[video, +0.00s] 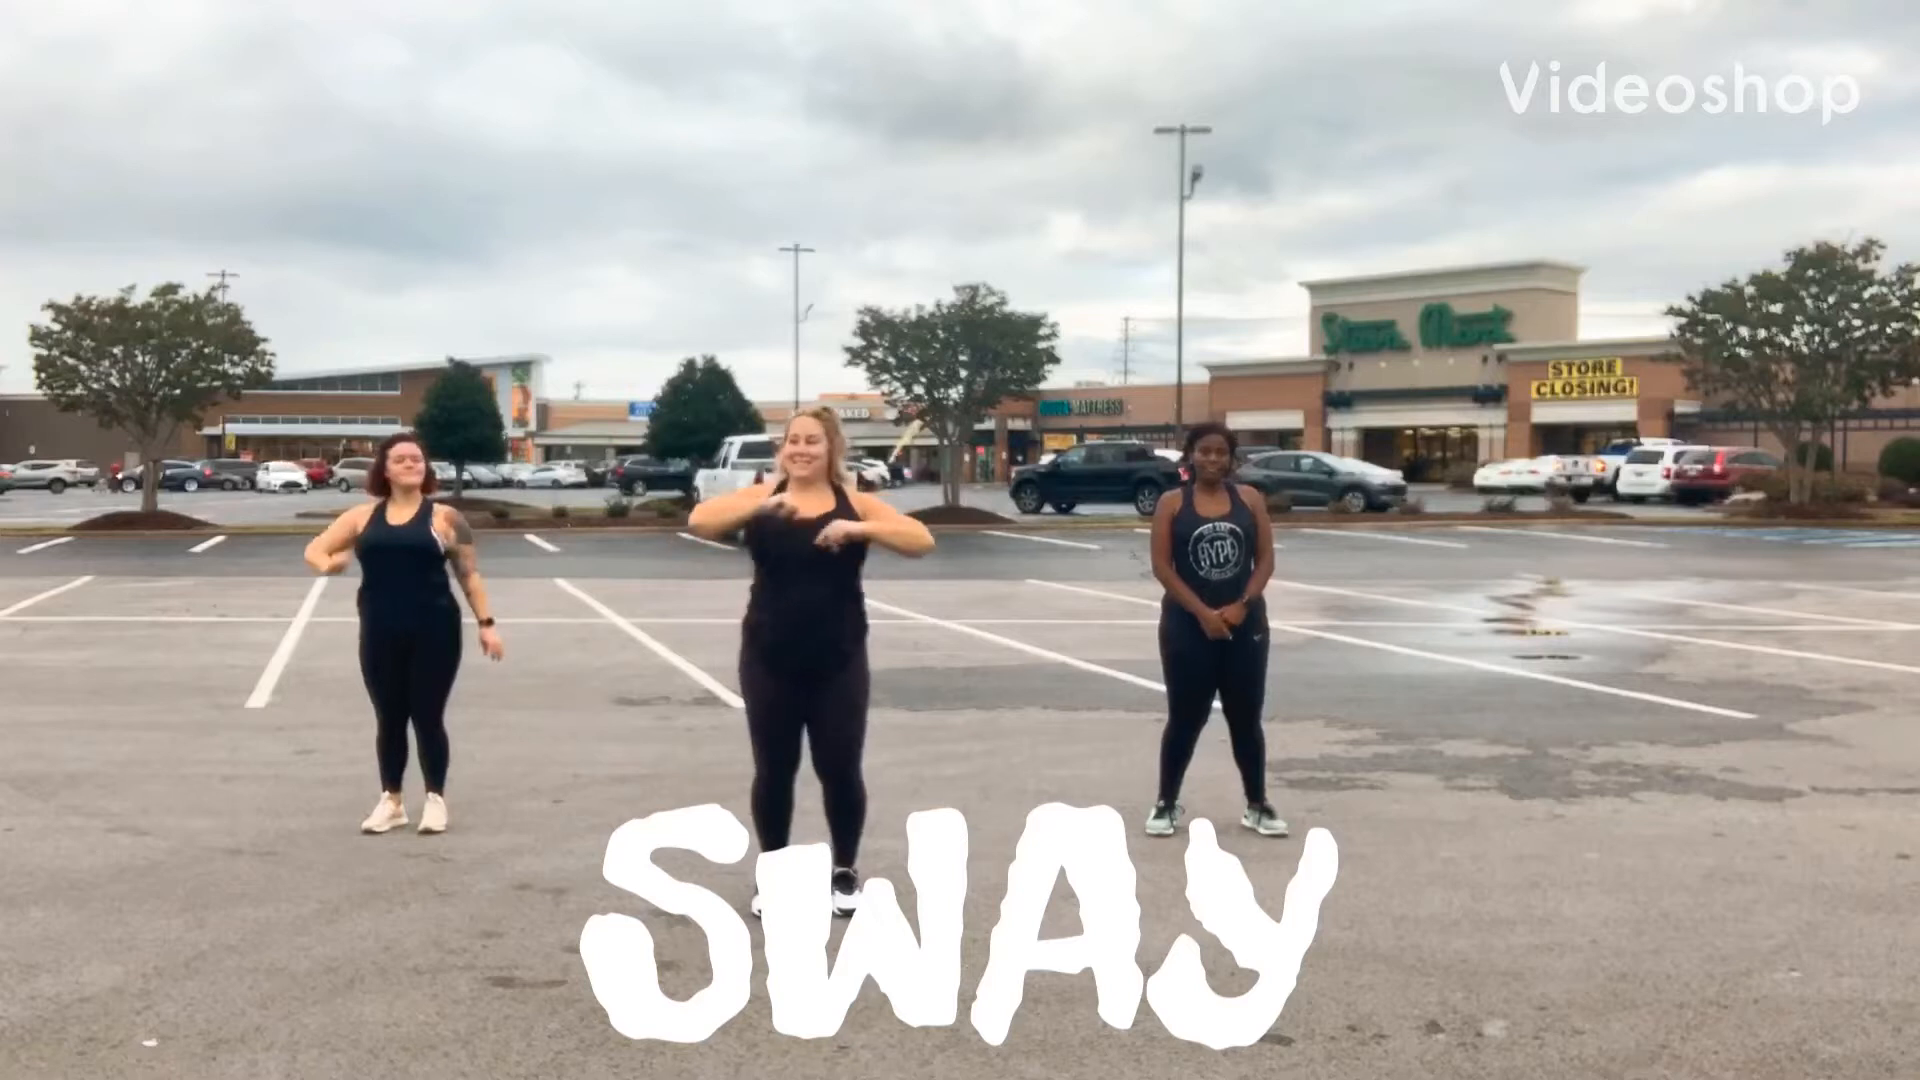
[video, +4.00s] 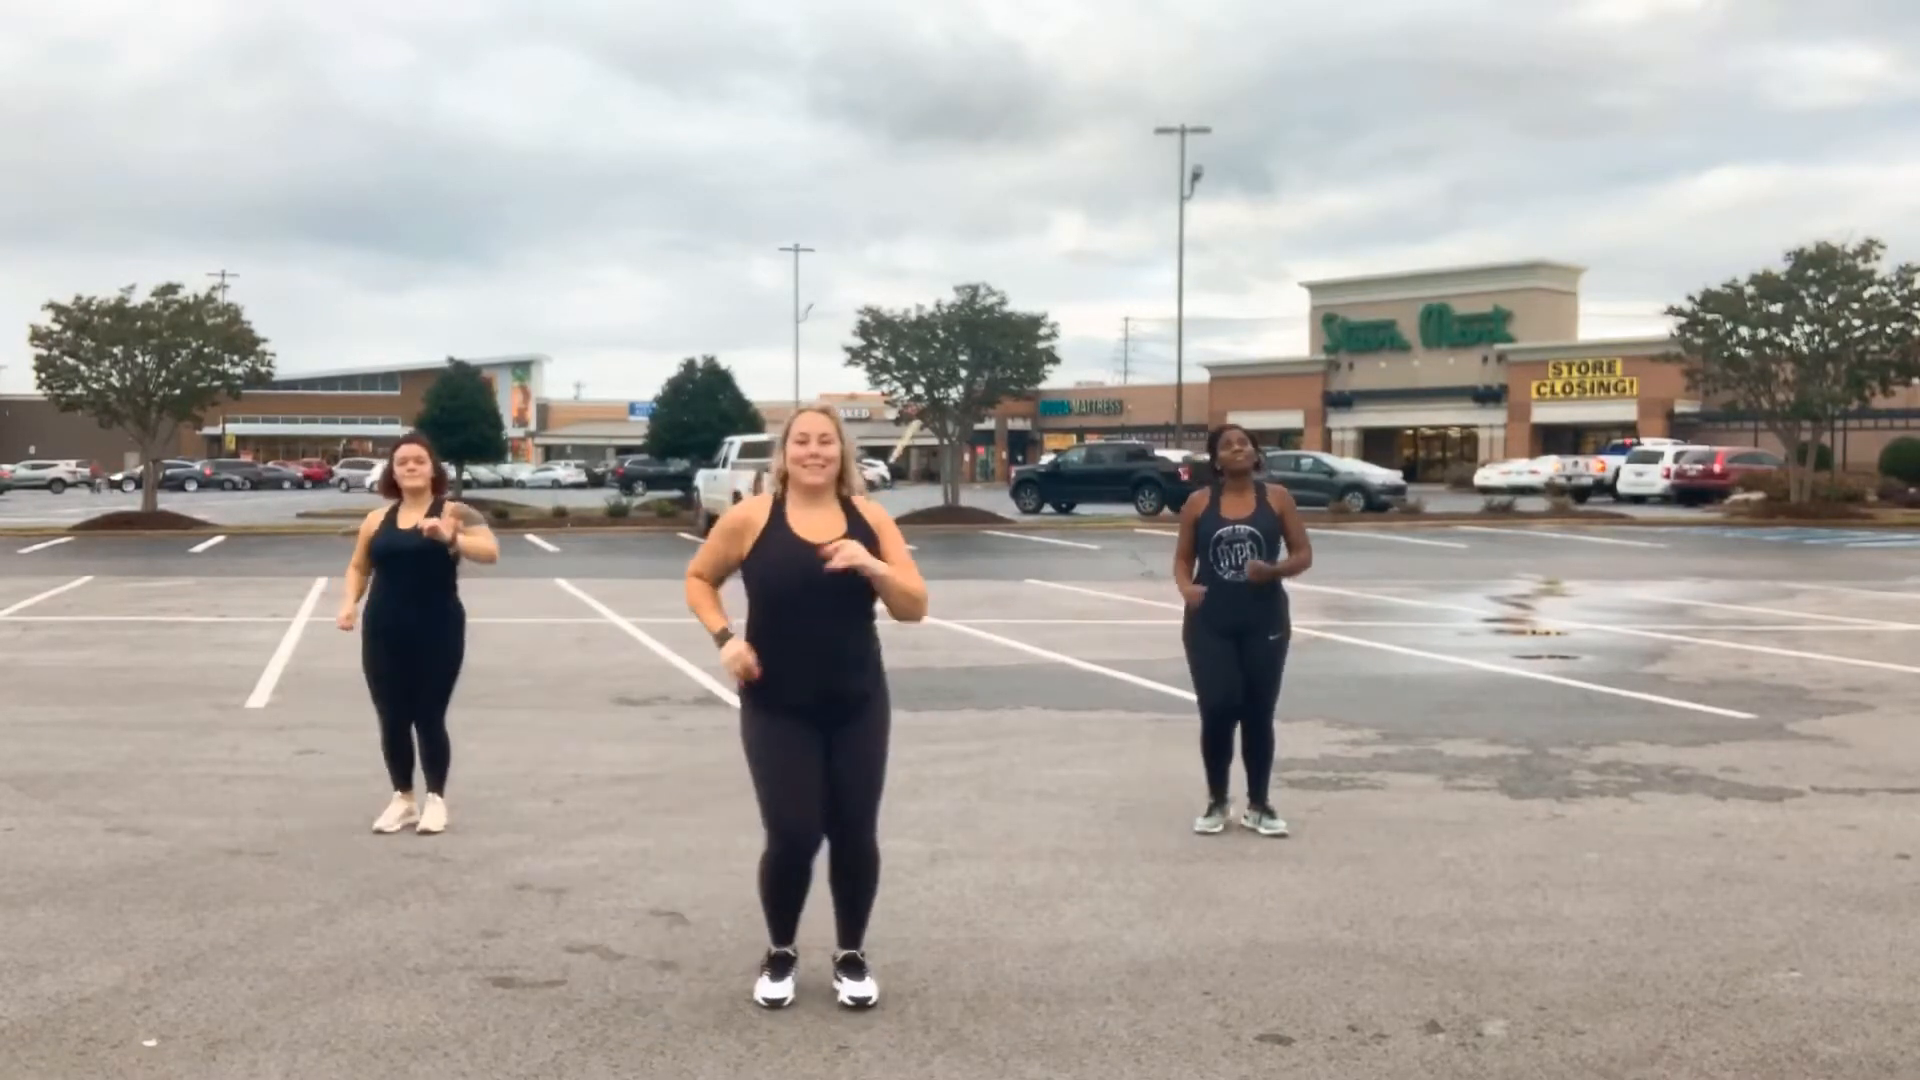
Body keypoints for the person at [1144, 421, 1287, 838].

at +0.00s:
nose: (1212, 459)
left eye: (1220, 452)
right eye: (1205, 451)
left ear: (1231, 457)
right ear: (1191, 457)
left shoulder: (1250, 498)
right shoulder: (1172, 503)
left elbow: (1266, 561)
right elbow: (1161, 567)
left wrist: (1244, 603)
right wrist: (1202, 612)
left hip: (1244, 623)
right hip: (1186, 624)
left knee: (1246, 720)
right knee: (1185, 719)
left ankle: (1257, 805)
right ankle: (1166, 804)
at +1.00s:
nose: (1207, 457)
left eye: (1215, 451)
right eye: (1199, 449)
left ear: (1224, 458)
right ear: (1183, 455)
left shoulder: (1240, 500)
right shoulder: (1163, 501)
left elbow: (1255, 561)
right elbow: (1152, 565)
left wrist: (1235, 605)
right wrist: (1191, 610)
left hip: (1237, 622)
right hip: (1179, 624)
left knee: (1245, 720)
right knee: (1181, 720)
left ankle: (1257, 805)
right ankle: (1165, 805)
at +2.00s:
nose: (1209, 456)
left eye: (1216, 451)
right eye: (1201, 449)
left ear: (1226, 460)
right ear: (1185, 457)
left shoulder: (1240, 502)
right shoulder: (1164, 505)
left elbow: (1258, 562)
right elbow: (1151, 570)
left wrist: (1273, 615)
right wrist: (1158, 626)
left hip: (1234, 625)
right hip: (1179, 627)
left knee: (1247, 717)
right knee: (1177, 717)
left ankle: (1257, 805)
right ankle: (1164, 805)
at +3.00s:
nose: (1216, 453)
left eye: (1223, 447)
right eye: (1207, 448)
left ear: (1235, 456)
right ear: (1193, 459)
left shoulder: (1254, 500)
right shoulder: (1176, 504)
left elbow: (1271, 562)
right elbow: (1158, 569)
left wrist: (1269, 614)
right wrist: (1148, 625)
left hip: (1244, 628)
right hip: (1187, 628)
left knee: (1252, 720)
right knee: (1184, 718)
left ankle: (1258, 806)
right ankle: (1164, 805)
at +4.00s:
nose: (1238, 451)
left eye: (1244, 444)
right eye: (1229, 447)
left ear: (1255, 453)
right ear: (1216, 459)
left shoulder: (1276, 496)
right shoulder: (1199, 503)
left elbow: (1303, 555)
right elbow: (1183, 561)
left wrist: (1273, 571)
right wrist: (1188, 588)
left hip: (1265, 623)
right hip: (1211, 623)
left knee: (1258, 715)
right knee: (1217, 713)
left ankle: (1258, 807)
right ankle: (1217, 803)